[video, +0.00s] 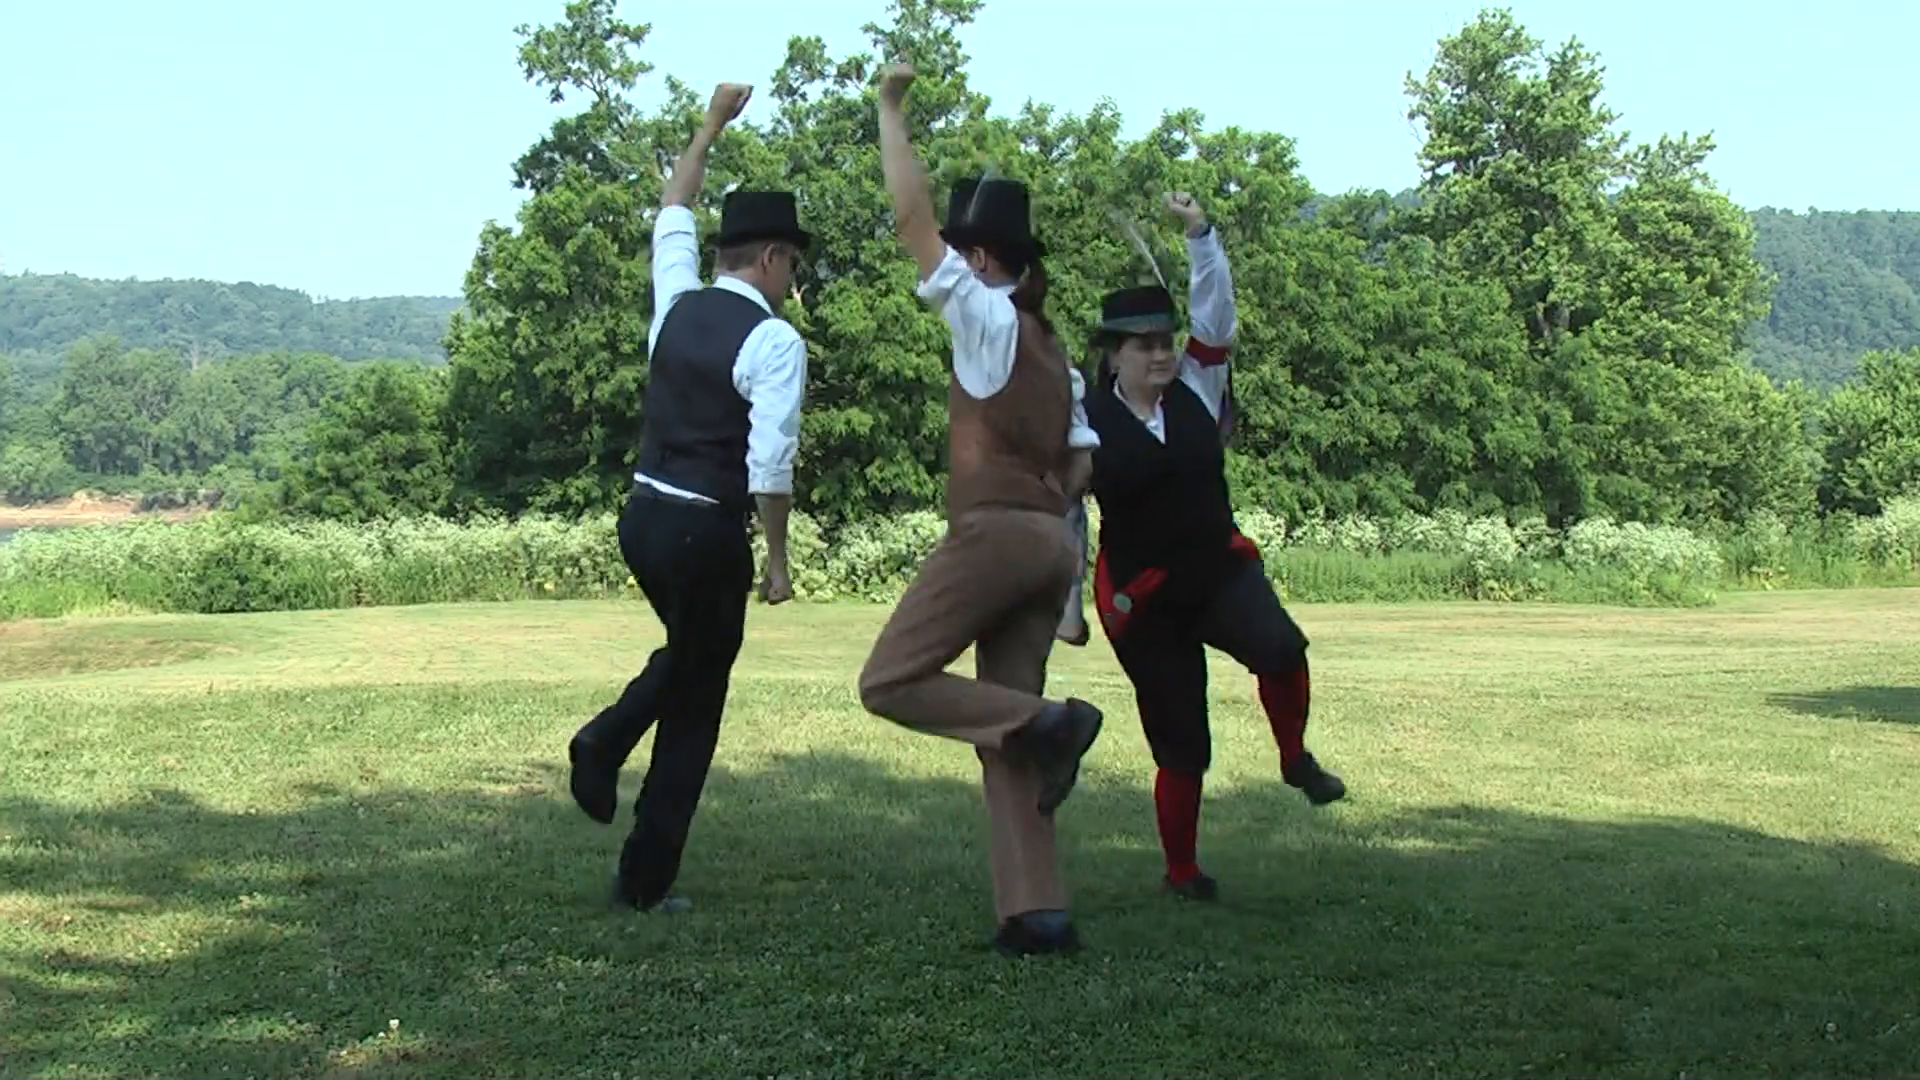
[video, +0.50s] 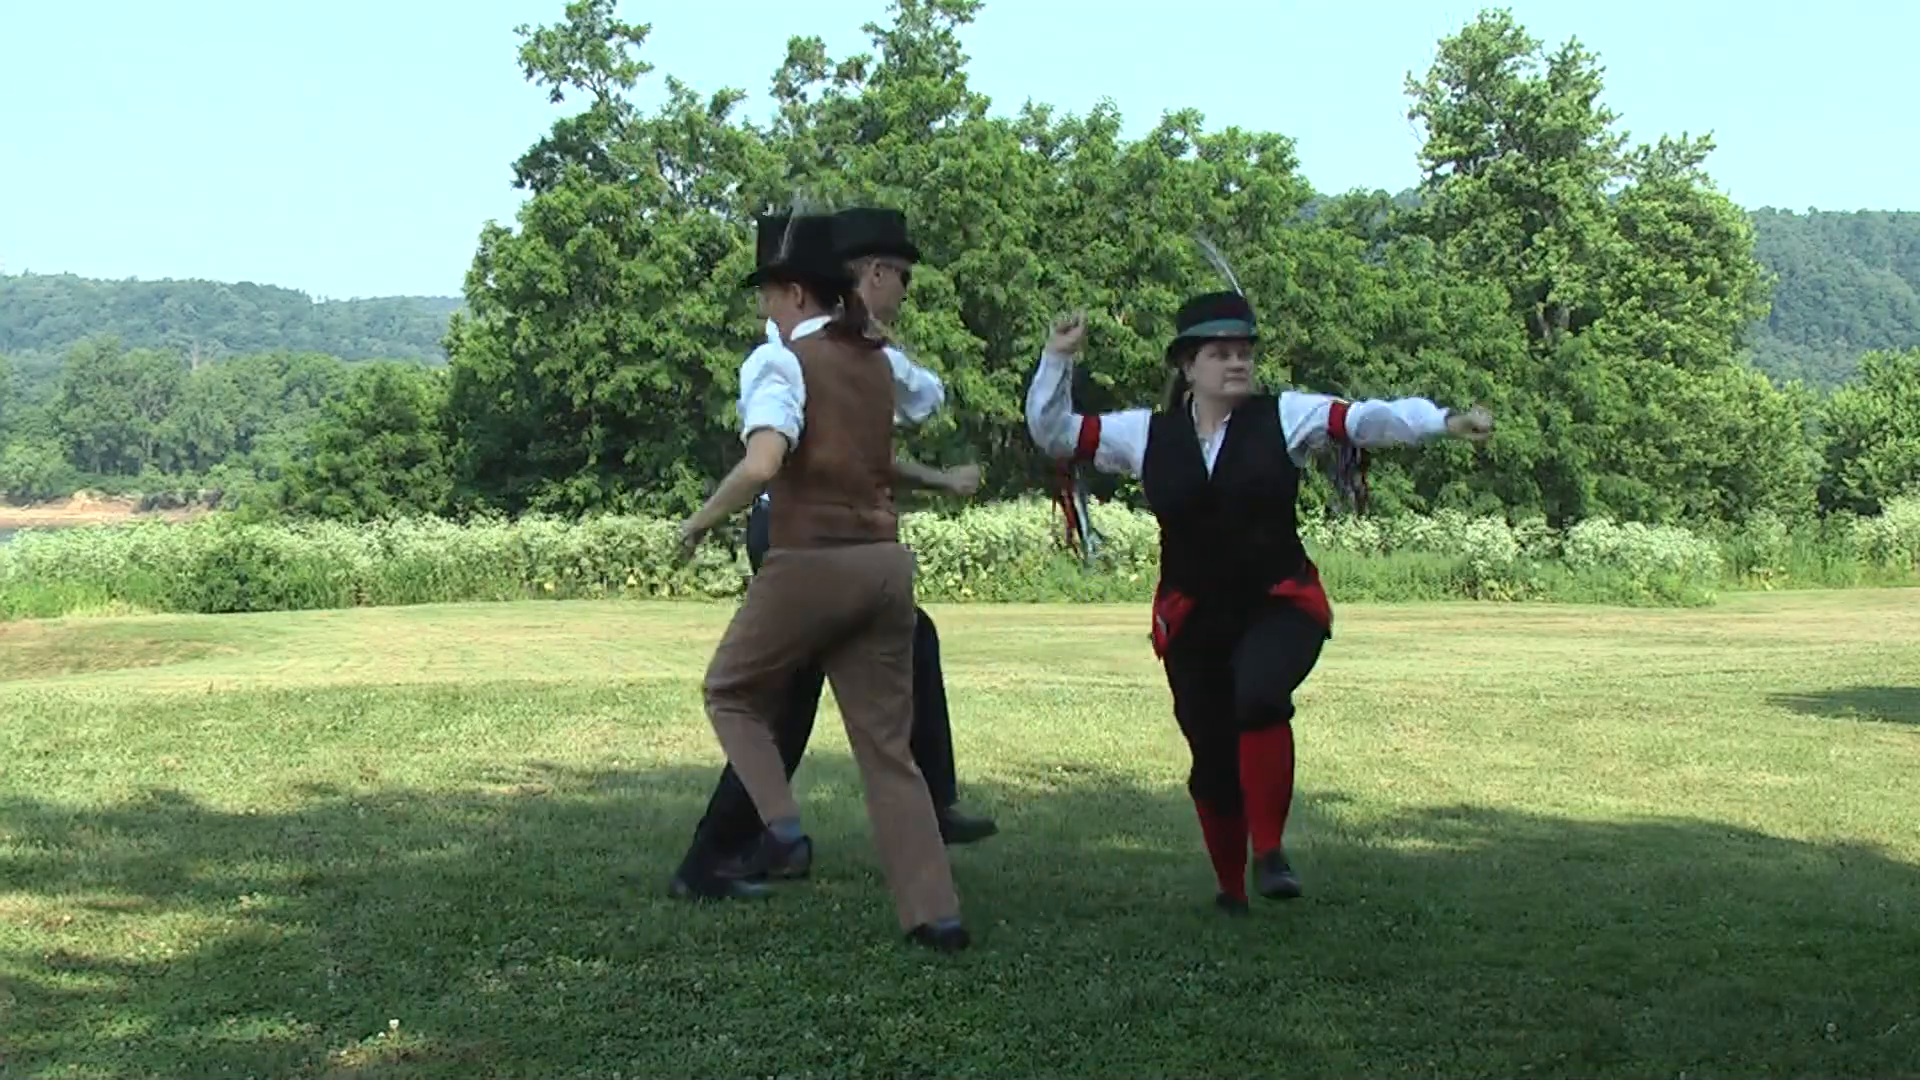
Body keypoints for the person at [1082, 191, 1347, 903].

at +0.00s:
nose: (1158, 354)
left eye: (1164, 343)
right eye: (1144, 344)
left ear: (1174, 348)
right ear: (1113, 351)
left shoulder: (1198, 388)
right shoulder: (1086, 418)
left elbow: (1214, 320)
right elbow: (1066, 509)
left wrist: (1202, 235)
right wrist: (1067, 602)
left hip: (1221, 571)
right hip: (1144, 592)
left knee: (1285, 653)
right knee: (1183, 746)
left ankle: (1292, 757)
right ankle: (1182, 871)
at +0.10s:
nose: (1169, 332)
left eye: (1175, 321)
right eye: (1154, 322)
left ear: (1188, 326)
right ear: (1123, 330)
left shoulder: (1216, 368)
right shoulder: (1098, 411)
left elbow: (1229, 292)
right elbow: (1074, 500)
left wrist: (1208, 205)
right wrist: (1084, 586)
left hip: (1238, 549)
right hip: (1157, 570)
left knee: (1271, 654)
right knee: (1186, 728)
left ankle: (1286, 738)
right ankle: (1191, 865)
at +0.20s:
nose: (1180, 342)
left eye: (1188, 330)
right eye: (1166, 331)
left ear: (1200, 336)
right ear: (1136, 338)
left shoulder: (1230, 383)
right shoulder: (1107, 422)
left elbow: (1254, 311)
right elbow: (1098, 519)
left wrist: (1227, 222)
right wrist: (1103, 602)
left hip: (1252, 571)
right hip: (1171, 588)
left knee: (1252, 690)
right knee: (1195, 739)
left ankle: (1282, 772)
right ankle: (1214, 885)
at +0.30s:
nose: (1198, 376)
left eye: (1207, 366)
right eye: (1182, 366)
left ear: (1217, 374)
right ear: (1149, 377)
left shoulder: (1243, 423)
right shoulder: (1119, 470)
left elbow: (1324, 381)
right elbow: (1117, 564)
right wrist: (1096, 618)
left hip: (1263, 618)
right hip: (1180, 634)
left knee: (1240, 733)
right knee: (1205, 771)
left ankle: (1284, 818)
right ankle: (1234, 899)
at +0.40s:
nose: (1215, 386)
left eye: (1222, 375)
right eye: (1199, 376)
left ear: (1232, 386)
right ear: (1163, 391)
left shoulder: (1262, 439)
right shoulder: (1134, 476)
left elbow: (1345, 427)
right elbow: (1084, 551)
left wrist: (1366, 374)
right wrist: (1053, 522)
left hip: (1273, 625)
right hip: (1187, 641)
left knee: (1239, 717)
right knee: (1201, 786)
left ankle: (1276, 846)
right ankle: (1233, 901)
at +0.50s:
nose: (1237, 362)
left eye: (1245, 350)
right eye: (1221, 352)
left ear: (1256, 359)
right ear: (1187, 366)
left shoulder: (1284, 415)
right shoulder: (1148, 432)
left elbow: (1366, 417)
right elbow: (1051, 430)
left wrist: (1445, 420)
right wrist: (1057, 360)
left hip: (1280, 606)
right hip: (1194, 617)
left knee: (1259, 694)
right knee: (1213, 760)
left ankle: (1268, 852)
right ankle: (1231, 890)